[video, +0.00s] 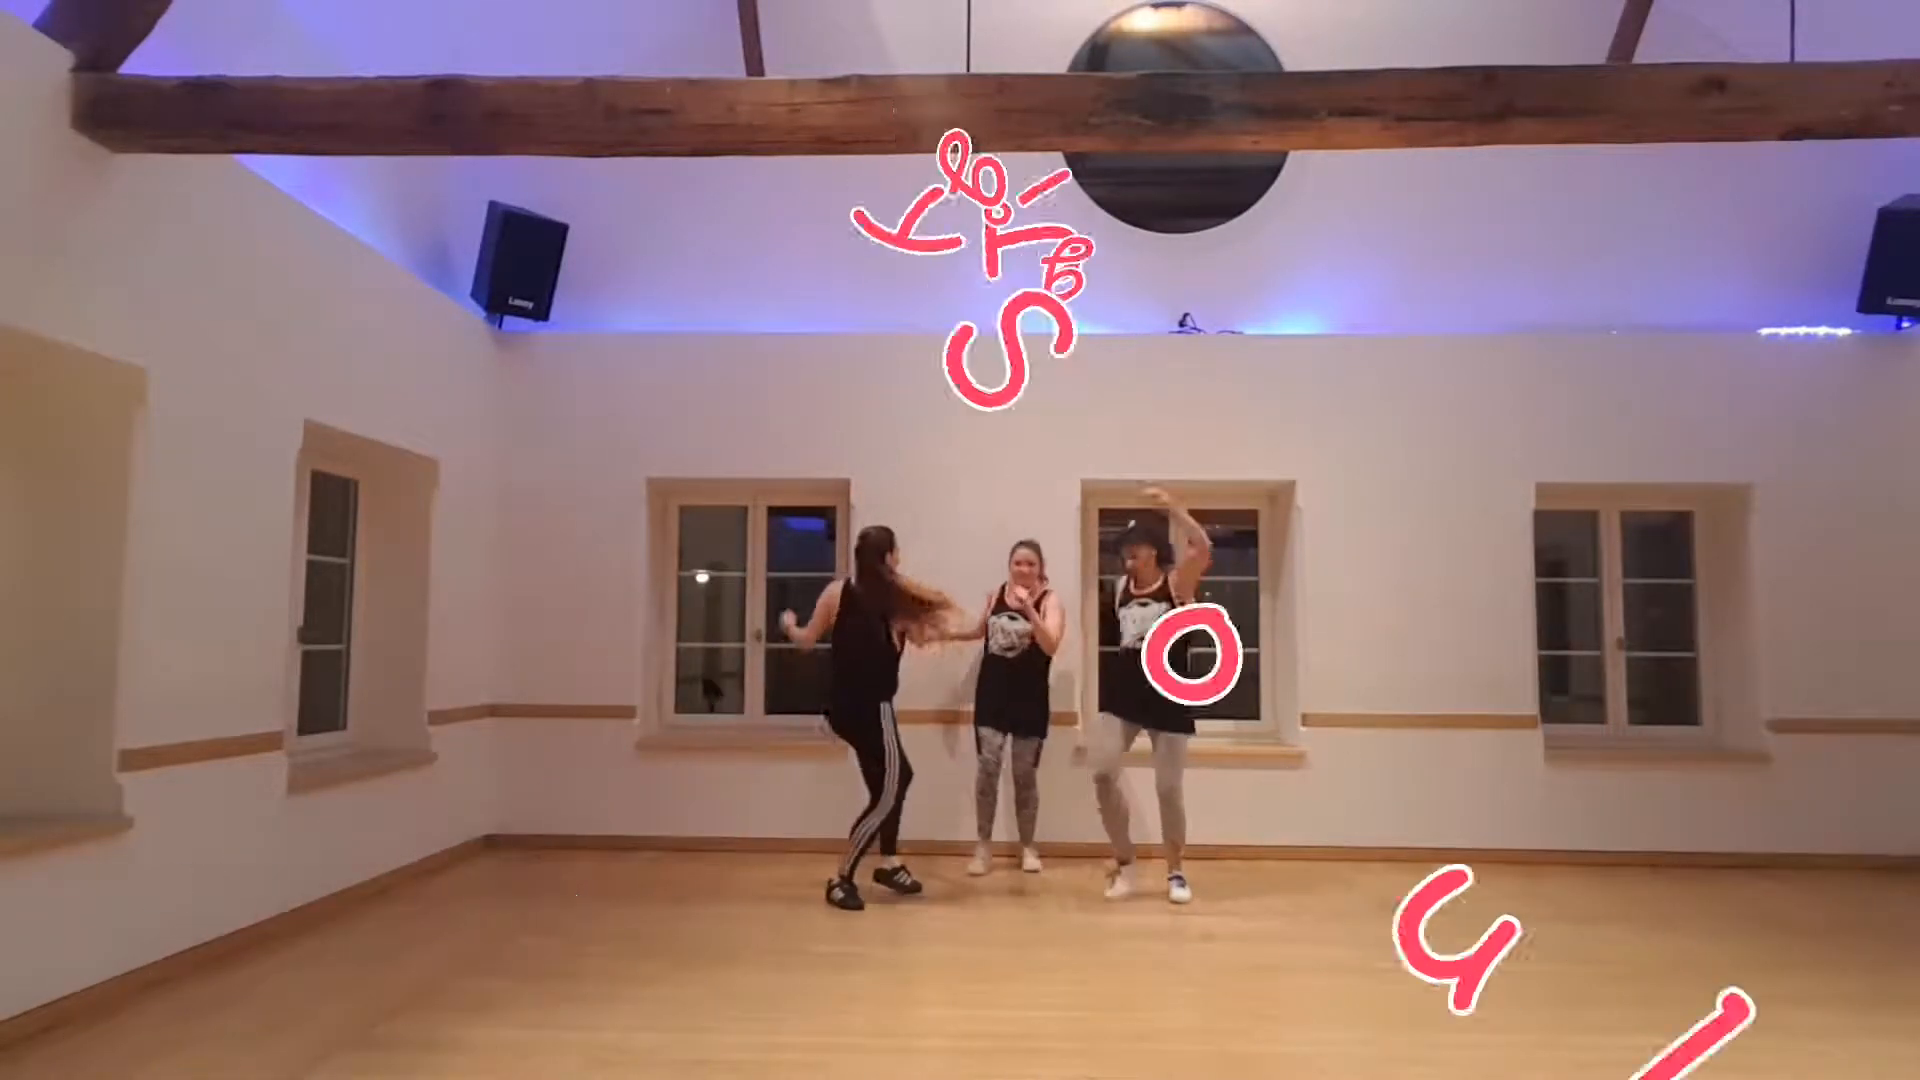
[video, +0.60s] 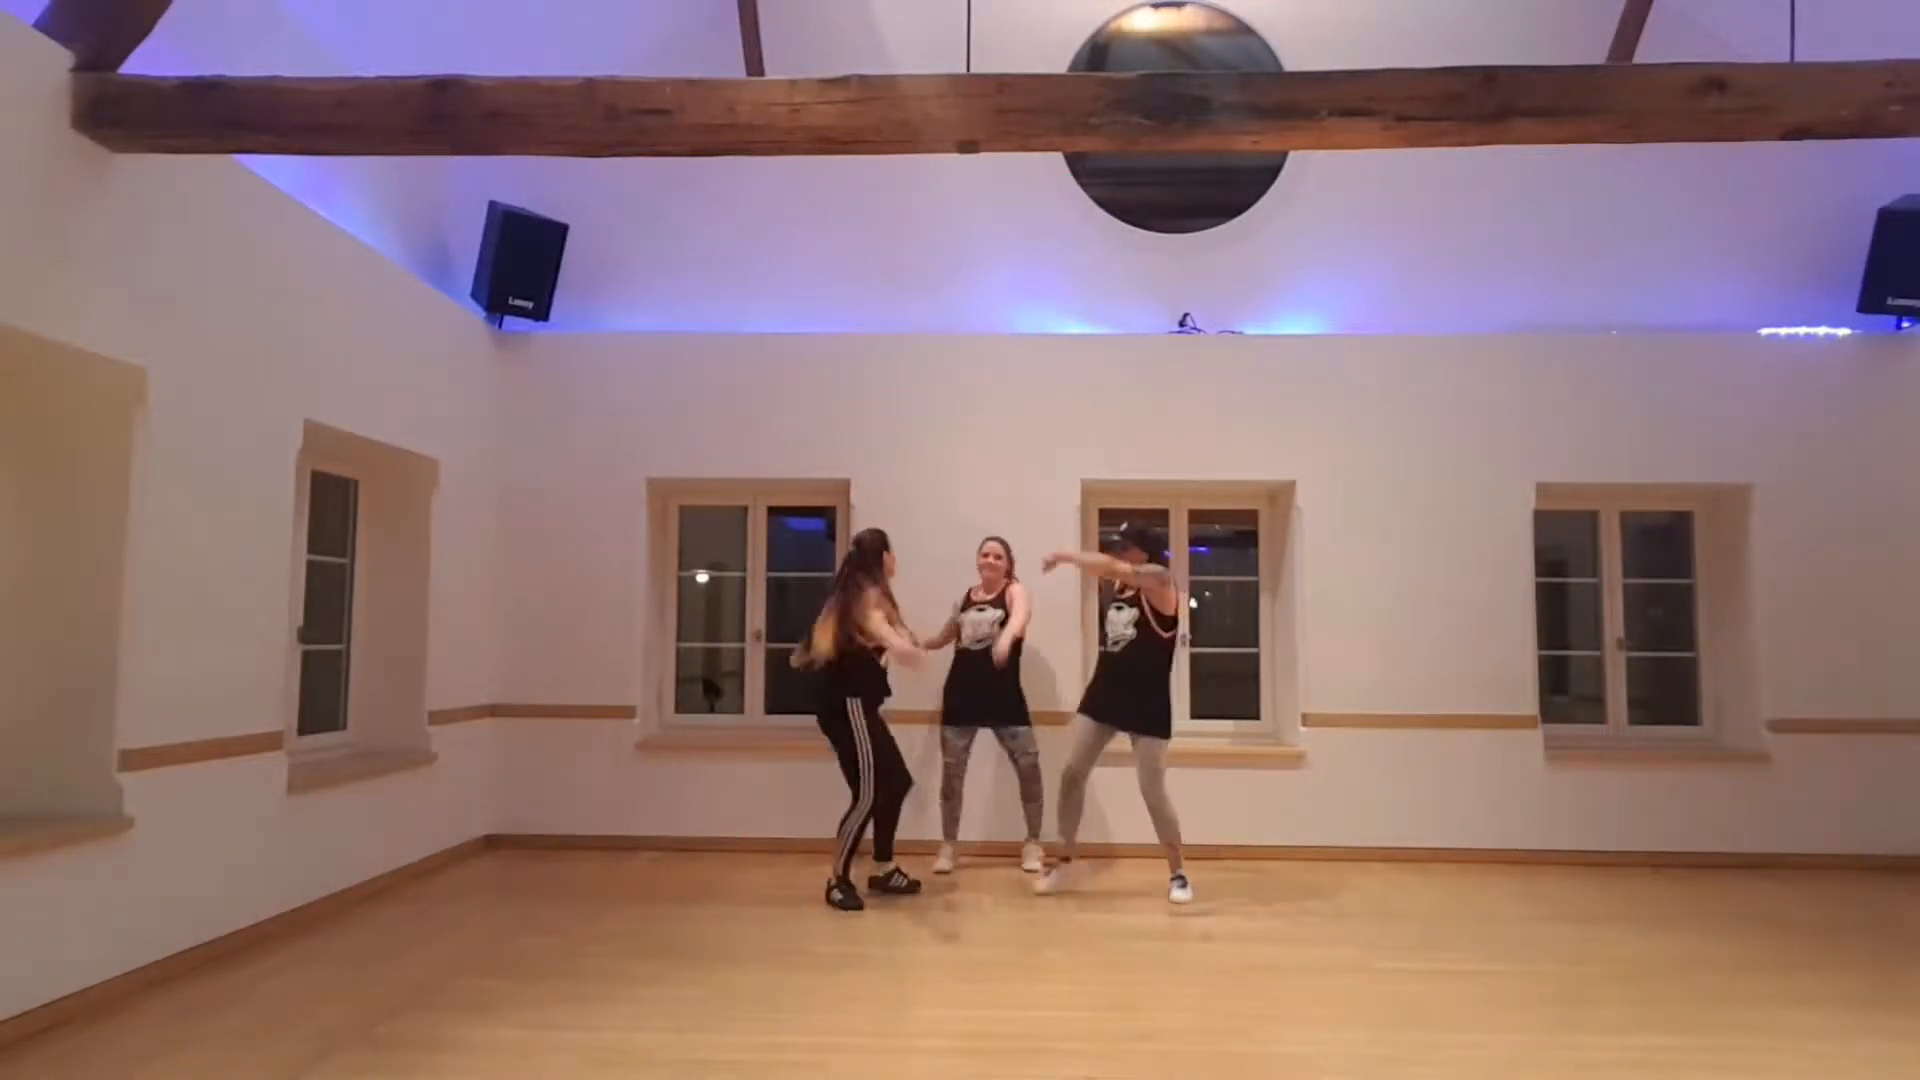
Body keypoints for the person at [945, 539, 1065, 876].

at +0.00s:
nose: (1023, 569)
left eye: (1029, 564)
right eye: (1018, 563)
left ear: (1041, 568)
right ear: (1009, 566)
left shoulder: (1049, 601)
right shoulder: (998, 596)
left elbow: (1051, 644)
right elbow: (979, 631)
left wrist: (1028, 611)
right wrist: (941, 634)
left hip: (1030, 696)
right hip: (992, 693)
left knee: (1023, 771)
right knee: (988, 767)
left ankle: (1028, 846)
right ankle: (983, 844)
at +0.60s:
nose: (989, 561)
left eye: (997, 557)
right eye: (984, 555)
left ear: (1008, 565)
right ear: (976, 562)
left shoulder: (1014, 590)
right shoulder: (968, 597)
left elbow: (1019, 616)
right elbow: (946, 635)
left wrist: (1005, 637)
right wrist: (921, 644)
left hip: (1001, 690)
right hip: (961, 690)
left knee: (1028, 762)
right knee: (952, 767)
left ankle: (1033, 842)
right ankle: (948, 844)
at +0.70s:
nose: (981, 566)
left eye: (987, 562)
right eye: (976, 561)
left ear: (996, 570)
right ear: (966, 567)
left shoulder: (1005, 602)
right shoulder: (953, 606)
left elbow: (1017, 643)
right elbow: (931, 647)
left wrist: (1014, 682)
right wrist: (904, 667)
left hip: (992, 701)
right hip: (952, 701)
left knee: (1023, 771)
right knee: (946, 776)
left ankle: (1033, 844)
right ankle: (949, 847)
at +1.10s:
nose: (967, 557)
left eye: (969, 552)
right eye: (958, 553)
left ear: (973, 557)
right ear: (941, 561)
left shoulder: (984, 591)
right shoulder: (930, 600)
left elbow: (1003, 627)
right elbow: (931, 654)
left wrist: (1025, 661)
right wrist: (961, 693)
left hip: (988, 687)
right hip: (950, 690)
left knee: (996, 765)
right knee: (951, 771)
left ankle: (990, 845)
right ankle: (950, 846)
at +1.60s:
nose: (961, 559)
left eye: (966, 553)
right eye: (954, 556)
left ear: (979, 559)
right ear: (947, 566)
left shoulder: (983, 592)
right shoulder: (951, 601)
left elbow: (996, 640)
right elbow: (959, 659)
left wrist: (1002, 680)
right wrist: (983, 704)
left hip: (992, 688)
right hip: (959, 694)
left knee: (1013, 764)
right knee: (960, 769)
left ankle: (1007, 845)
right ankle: (947, 846)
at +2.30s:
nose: (1016, 556)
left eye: (1022, 551)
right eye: (1010, 551)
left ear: (1032, 558)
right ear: (1000, 558)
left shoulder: (1046, 597)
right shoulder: (984, 595)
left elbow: (1059, 647)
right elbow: (967, 642)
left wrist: (1050, 695)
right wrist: (965, 688)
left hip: (1033, 696)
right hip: (994, 695)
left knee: (1028, 774)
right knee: (996, 772)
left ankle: (1024, 849)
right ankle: (992, 844)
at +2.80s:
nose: (1034, 567)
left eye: (1041, 563)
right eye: (1029, 561)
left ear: (1050, 572)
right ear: (1018, 564)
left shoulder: (1050, 605)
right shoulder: (992, 591)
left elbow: (1042, 653)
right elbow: (967, 631)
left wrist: (1011, 691)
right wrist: (957, 670)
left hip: (1021, 696)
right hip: (978, 690)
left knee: (1019, 775)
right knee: (972, 768)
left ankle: (1019, 847)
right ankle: (965, 841)